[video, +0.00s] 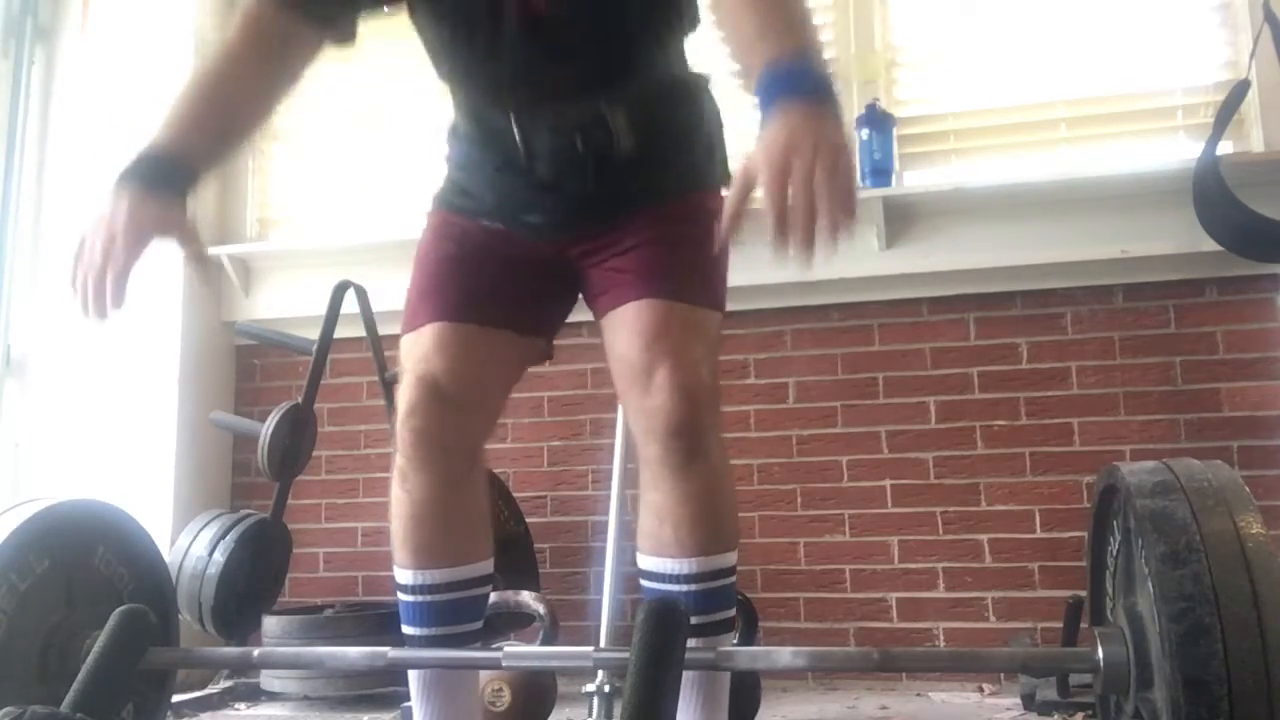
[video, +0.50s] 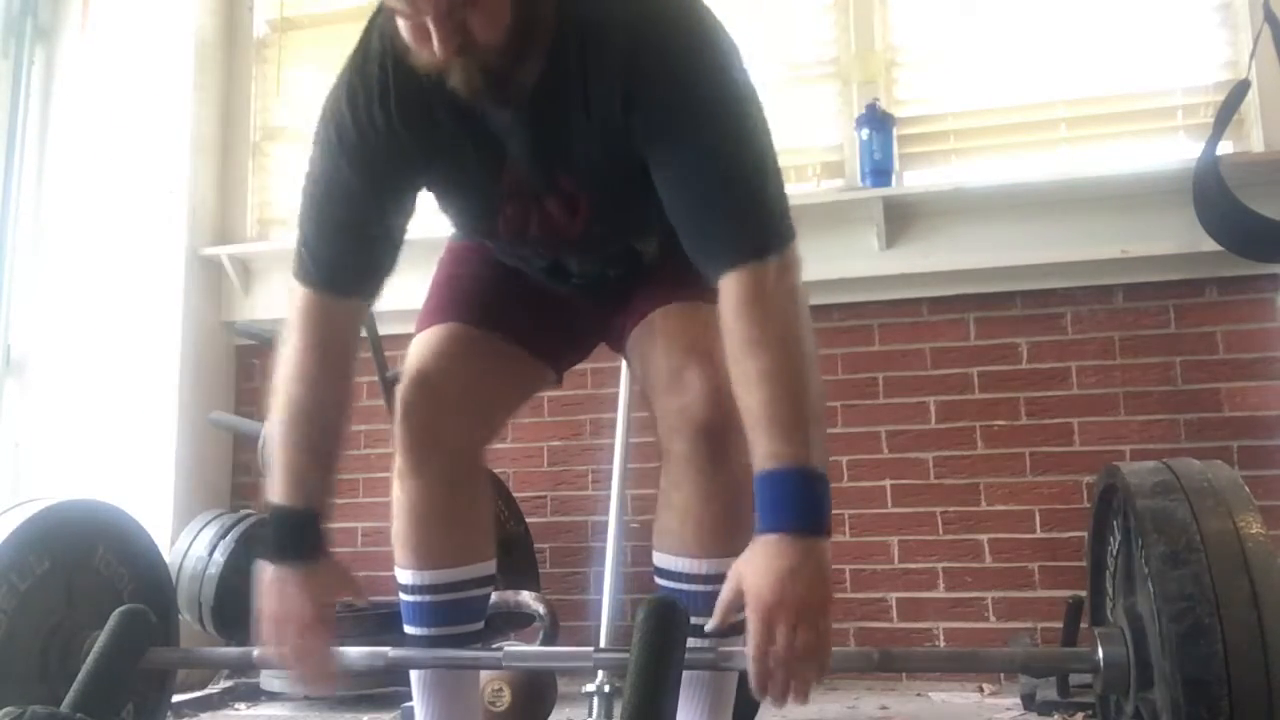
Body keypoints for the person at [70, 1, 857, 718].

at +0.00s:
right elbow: (285, 17)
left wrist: (793, 84)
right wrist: (159, 171)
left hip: (650, 157)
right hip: (494, 169)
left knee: (671, 397)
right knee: (429, 408)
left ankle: (701, 703)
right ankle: (445, 707)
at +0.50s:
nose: (437, 34)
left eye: (465, 6)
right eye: (411, 11)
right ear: (390, 5)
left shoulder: (654, 34)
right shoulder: (381, 84)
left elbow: (759, 261)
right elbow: (325, 304)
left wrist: (792, 525)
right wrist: (291, 538)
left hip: (670, 246)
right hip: (516, 253)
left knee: (706, 412)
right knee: (428, 412)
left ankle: (704, 703)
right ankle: (444, 706)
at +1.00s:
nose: (511, 142)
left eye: (529, 104)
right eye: (473, 129)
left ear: (557, 33)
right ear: (424, 110)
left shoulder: (663, 75)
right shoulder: (383, 135)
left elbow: (727, 345)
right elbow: (355, 374)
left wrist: (761, 568)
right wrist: (340, 595)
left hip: (649, 249)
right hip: (500, 258)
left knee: (666, 415)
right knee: (427, 417)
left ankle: (702, 698)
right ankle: (444, 702)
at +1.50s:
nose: (543, 165)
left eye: (566, 128)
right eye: (506, 148)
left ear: (599, 58)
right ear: (450, 122)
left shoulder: (688, 112)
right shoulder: (394, 135)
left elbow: (721, 371)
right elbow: (352, 375)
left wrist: (754, 590)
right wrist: (342, 596)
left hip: (634, 257)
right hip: (487, 259)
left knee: (654, 421)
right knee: (418, 425)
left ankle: (696, 696)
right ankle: (441, 702)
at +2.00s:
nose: (531, 153)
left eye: (552, 117)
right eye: (492, 140)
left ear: (583, 48)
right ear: (436, 113)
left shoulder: (681, 107)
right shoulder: (384, 133)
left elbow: (709, 373)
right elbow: (349, 376)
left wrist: (748, 593)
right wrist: (343, 596)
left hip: (629, 245)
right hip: (484, 251)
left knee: (646, 423)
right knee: (416, 423)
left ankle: (694, 698)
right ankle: (441, 702)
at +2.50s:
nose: (415, 154)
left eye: (439, 121)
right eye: (383, 135)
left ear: (492, 60)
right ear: (346, 110)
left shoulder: (612, 77)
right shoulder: (340, 142)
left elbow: (711, 370)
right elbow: (340, 350)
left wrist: (753, 598)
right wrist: (344, 575)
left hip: (631, 232)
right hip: (484, 244)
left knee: (655, 418)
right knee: (421, 411)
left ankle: (693, 702)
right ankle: (442, 705)